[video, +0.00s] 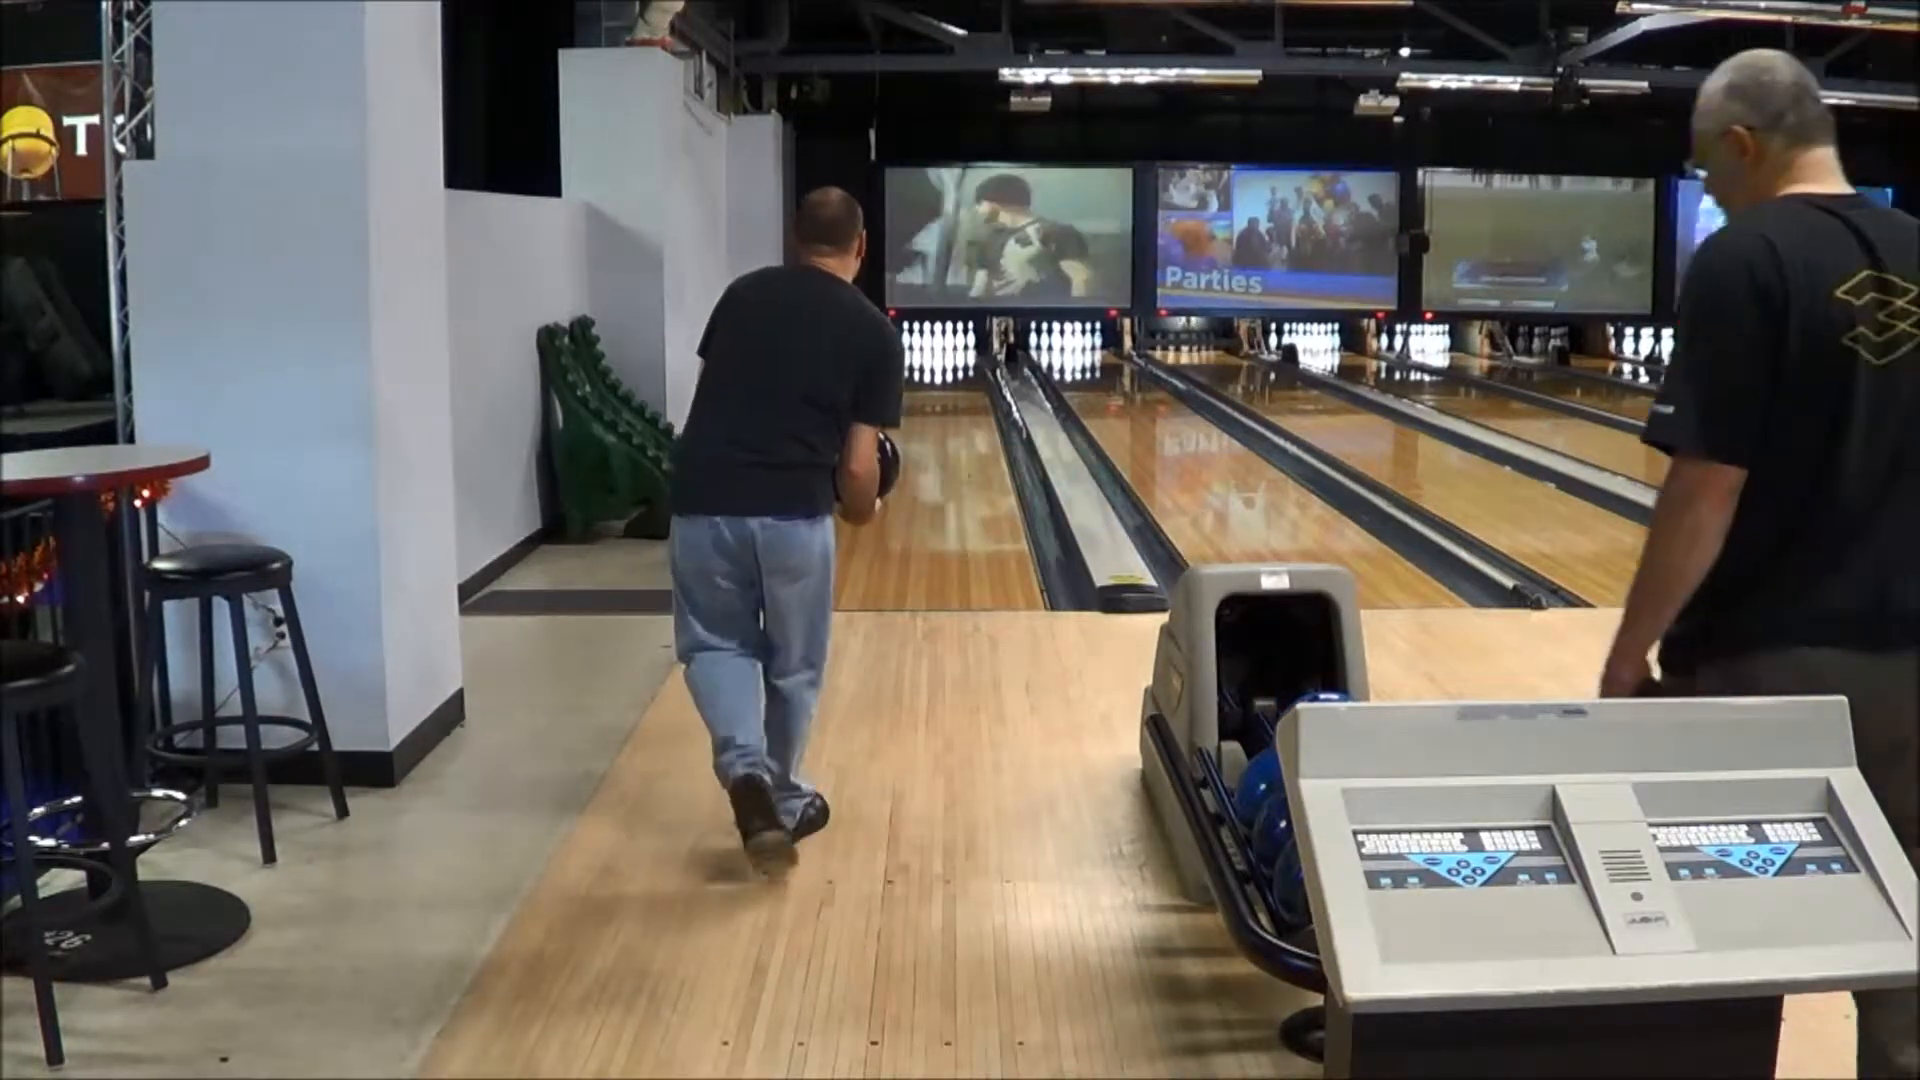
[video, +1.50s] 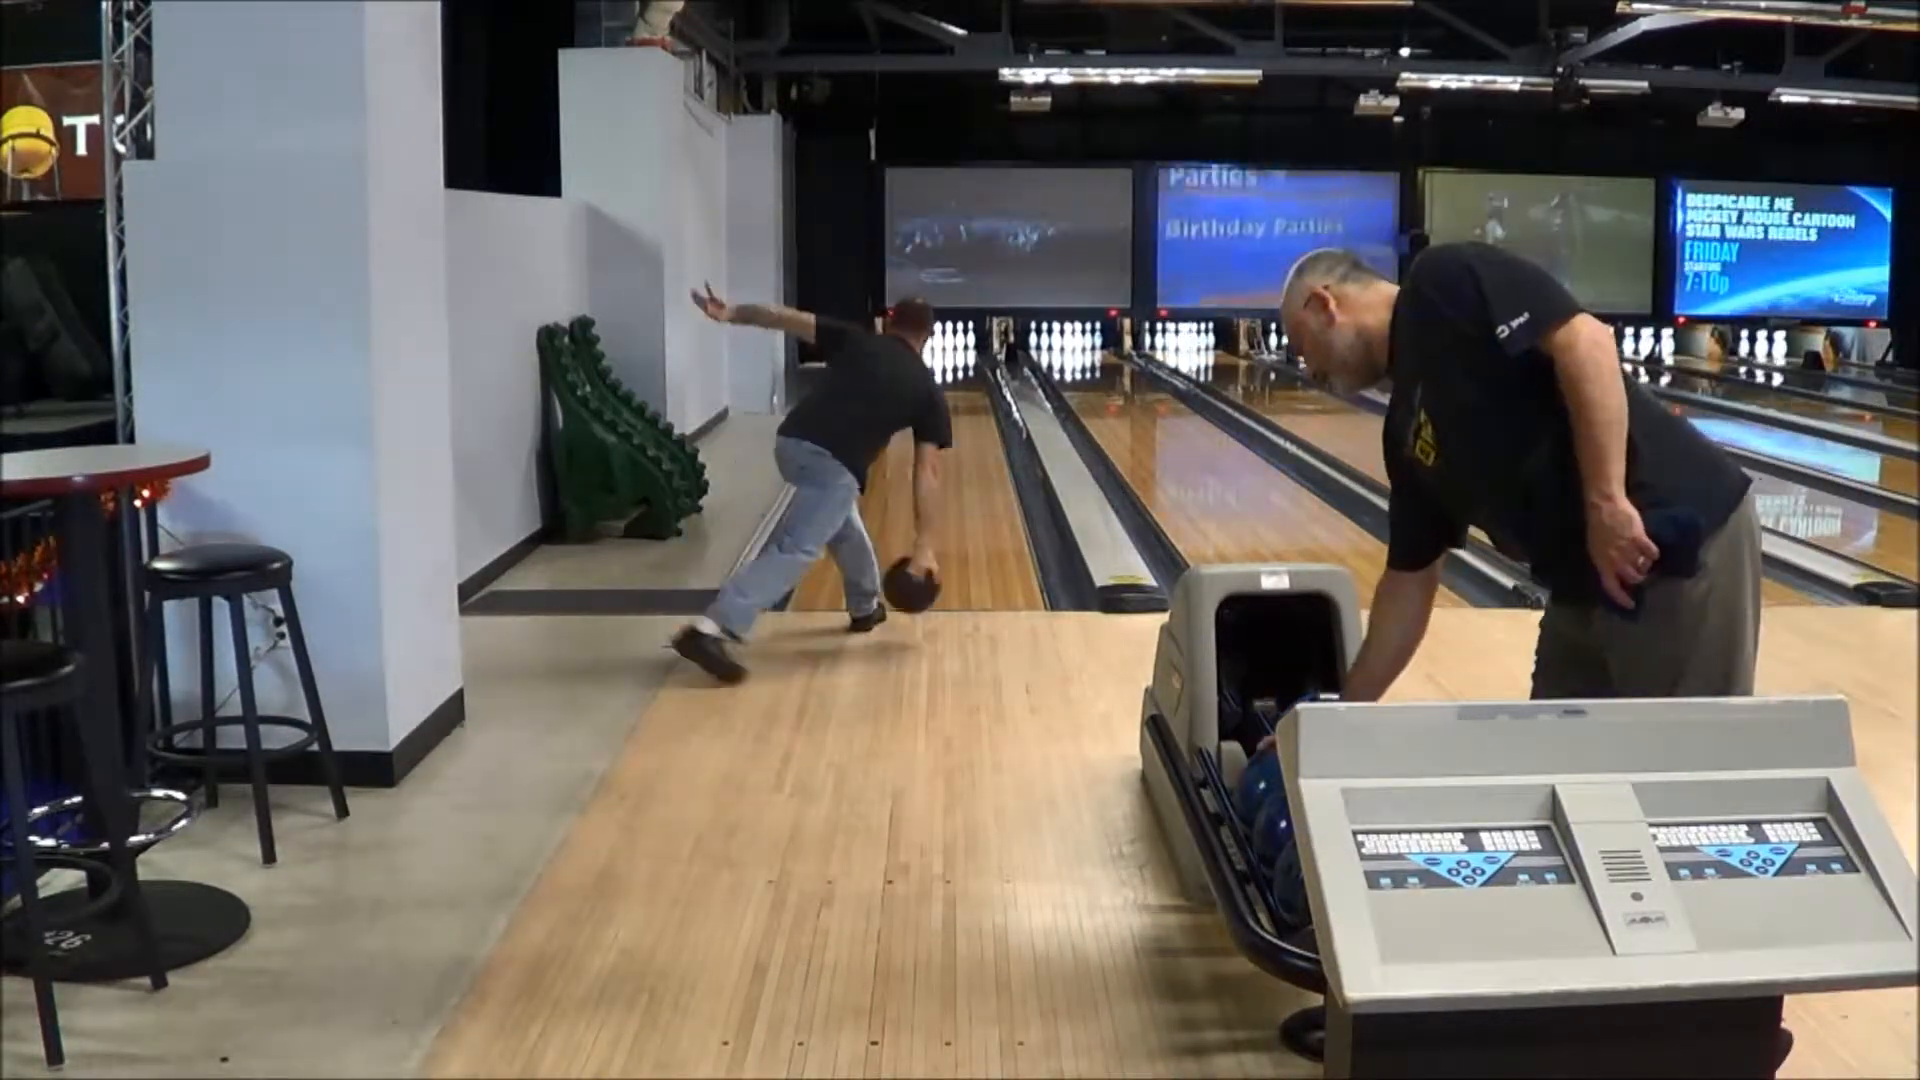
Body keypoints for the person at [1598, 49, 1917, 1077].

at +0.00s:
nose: (1708, 182)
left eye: (1708, 160)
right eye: (1703, 163)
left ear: (1747, 144)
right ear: (1817, 135)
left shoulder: (1742, 261)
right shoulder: (1906, 238)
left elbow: (1705, 482)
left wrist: (1630, 646)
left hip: (1761, 658)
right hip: (1901, 652)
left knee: (1730, 929)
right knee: (1901, 929)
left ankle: (1722, 1070)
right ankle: (1893, 1066)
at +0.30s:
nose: (1601, 202)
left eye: (1597, 178)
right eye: (1592, 183)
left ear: (1635, 150)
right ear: (1707, 140)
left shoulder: (1682, 251)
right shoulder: (1805, 249)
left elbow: (1659, 462)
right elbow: (1817, 437)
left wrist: (1559, 599)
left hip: (1721, 631)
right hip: (1827, 608)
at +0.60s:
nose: (1490, 247)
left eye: (1484, 220)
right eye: (1481, 226)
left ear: (1516, 192)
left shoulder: (1620, 243)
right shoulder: (1594, 276)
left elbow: (1668, 416)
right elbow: (1603, 482)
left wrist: (1625, 596)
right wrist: (1505, 590)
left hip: (1713, 610)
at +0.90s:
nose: (1366, 345)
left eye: (1359, 318)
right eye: (1357, 328)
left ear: (1388, 284)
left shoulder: (1501, 266)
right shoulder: (1466, 417)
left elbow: (1625, 346)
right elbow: (1438, 570)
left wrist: (1663, 507)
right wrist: (1344, 701)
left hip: (1697, 570)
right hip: (1612, 595)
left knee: (1681, 809)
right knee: (1579, 798)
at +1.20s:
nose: (1316, 385)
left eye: (1307, 363)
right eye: (1307, 375)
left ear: (1329, 316)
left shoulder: (1449, 286)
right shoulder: (1421, 447)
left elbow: (1587, 340)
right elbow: (1417, 584)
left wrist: (1638, 493)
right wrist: (1325, 707)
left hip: (1684, 541)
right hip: (1594, 584)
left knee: (1679, 789)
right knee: (1562, 786)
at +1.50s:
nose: (1306, 369)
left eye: (1300, 345)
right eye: (1297, 354)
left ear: (1326, 305)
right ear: (1334, 307)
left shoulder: (1444, 279)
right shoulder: (1409, 434)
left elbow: (1585, 341)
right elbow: (1408, 582)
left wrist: (1606, 500)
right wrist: (1348, 709)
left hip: (1683, 539)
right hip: (1584, 577)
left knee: (1677, 777)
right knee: (1558, 774)